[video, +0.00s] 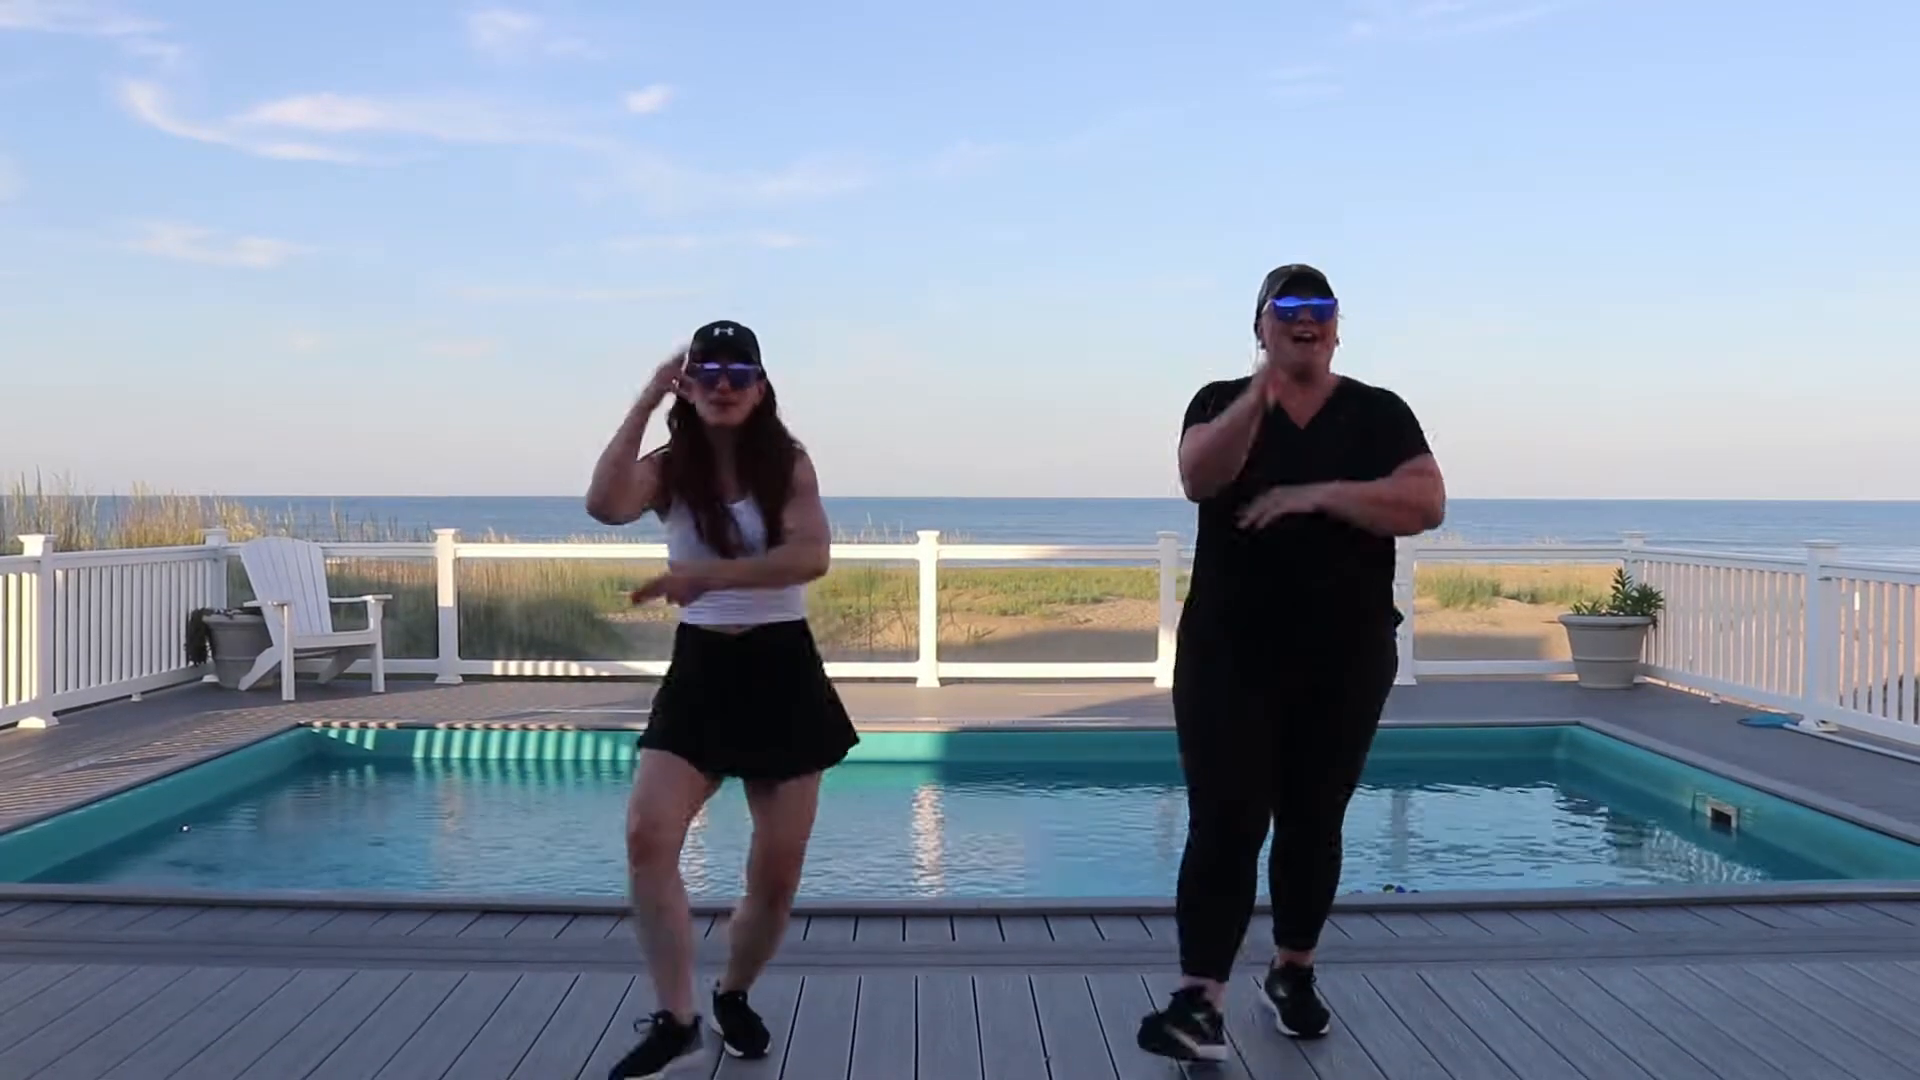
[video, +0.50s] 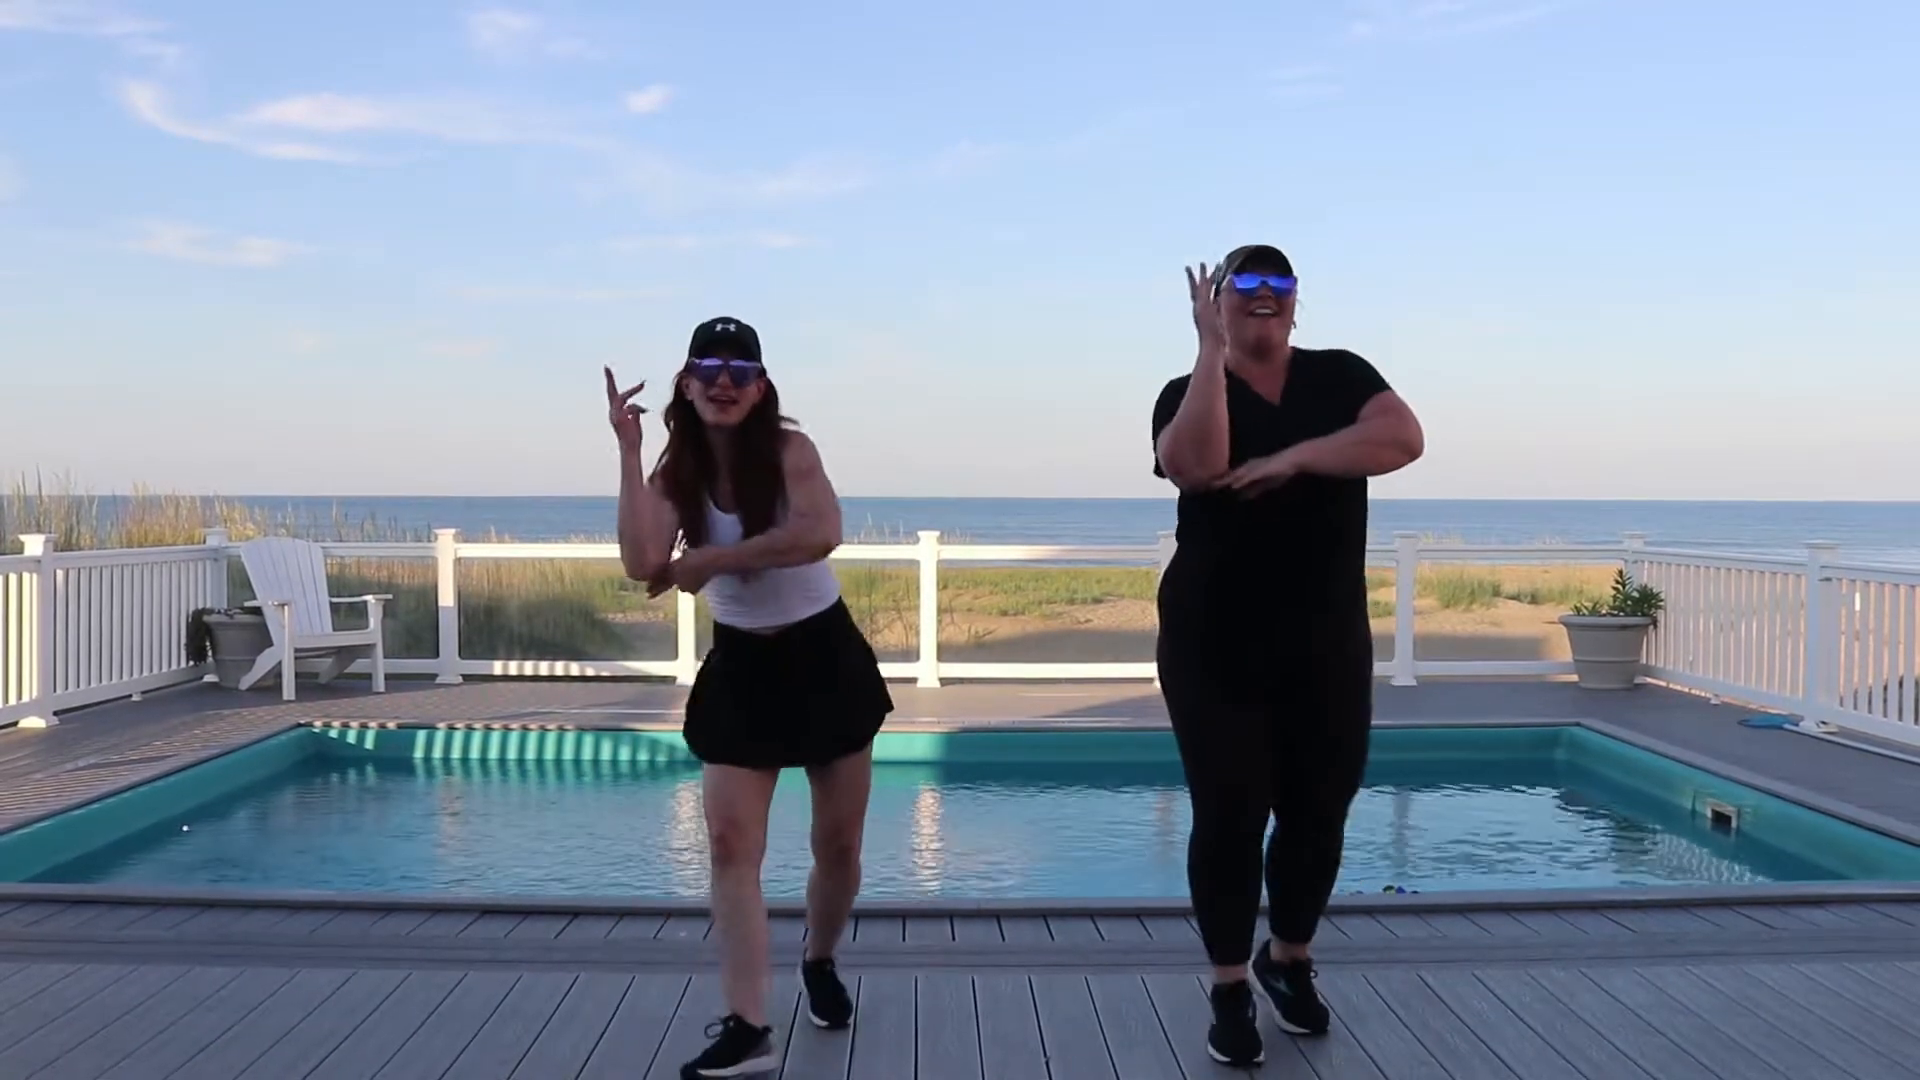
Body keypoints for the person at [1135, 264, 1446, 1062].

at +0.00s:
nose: (1305, 324)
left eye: (1318, 313)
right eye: (1289, 313)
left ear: (1337, 328)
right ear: (1261, 327)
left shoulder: (1379, 412)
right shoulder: (1222, 404)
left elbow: (1426, 503)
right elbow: (1198, 481)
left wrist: (1318, 494)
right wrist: (1260, 395)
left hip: (1343, 658)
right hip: (1228, 654)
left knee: (1314, 821)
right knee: (1223, 821)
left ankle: (1294, 972)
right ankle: (1199, 995)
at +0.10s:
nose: (1297, 310)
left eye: (1309, 300)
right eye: (1281, 300)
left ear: (1328, 312)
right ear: (1254, 311)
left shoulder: (1370, 390)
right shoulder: (1211, 393)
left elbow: (1416, 468)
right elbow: (1207, 455)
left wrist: (1303, 466)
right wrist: (1234, 342)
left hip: (1338, 645)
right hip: (1226, 645)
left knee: (1315, 812)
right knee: (1225, 812)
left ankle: (1297, 971)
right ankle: (1216, 989)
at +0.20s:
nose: (1285, 299)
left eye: (1299, 289)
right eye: (1269, 287)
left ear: (1316, 303)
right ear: (1241, 303)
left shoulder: (1357, 375)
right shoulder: (1200, 388)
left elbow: (1412, 441)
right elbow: (1207, 454)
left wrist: (1302, 447)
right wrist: (1220, 341)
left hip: (1335, 634)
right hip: (1222, 637)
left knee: (1343, 801)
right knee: (1234, 809)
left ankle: (1298, 956)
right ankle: (1233, 984)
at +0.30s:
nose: (1271, 321)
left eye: (1285, 311)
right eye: (1256, 309)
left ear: (1302, 327)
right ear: (1226, 323)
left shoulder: (1341, 396)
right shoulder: (1188, 416)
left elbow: (1404, 454)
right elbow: (1204, 487)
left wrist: (1306, 475)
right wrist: (1216, 370)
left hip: (1328, 651)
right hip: (1214, 659)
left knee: (1372, 803)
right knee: (1233, 824)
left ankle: (1293, 931)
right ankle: (1234, 989)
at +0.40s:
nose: (1262, 320)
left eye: (1275, 310)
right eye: (1247, 310)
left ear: (1294, 323)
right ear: (1221, 325)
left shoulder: (1338, 396)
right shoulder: (1186, 416)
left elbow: (1400, 462)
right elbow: (1202, 493)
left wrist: (1299, 480)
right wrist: (1211, 379)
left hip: (1327, 646)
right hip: (1213, 656)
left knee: (1362, 804)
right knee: (1230, 823)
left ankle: (1293, 938)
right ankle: (1233, 989)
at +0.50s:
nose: (1263, 305)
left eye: (1275, 294)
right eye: (1247, 295)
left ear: (1295, 306)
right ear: (1221, 310)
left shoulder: (1340, 374)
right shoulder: (1185, 396)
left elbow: (1403, 437)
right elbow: (1196, 465)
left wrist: (1297, 457)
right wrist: (1211, 351)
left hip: (1326, 637)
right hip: (1215, 643)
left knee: (1319, 810)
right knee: (1229, 813)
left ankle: (1289, 958)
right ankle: (1229, 985)